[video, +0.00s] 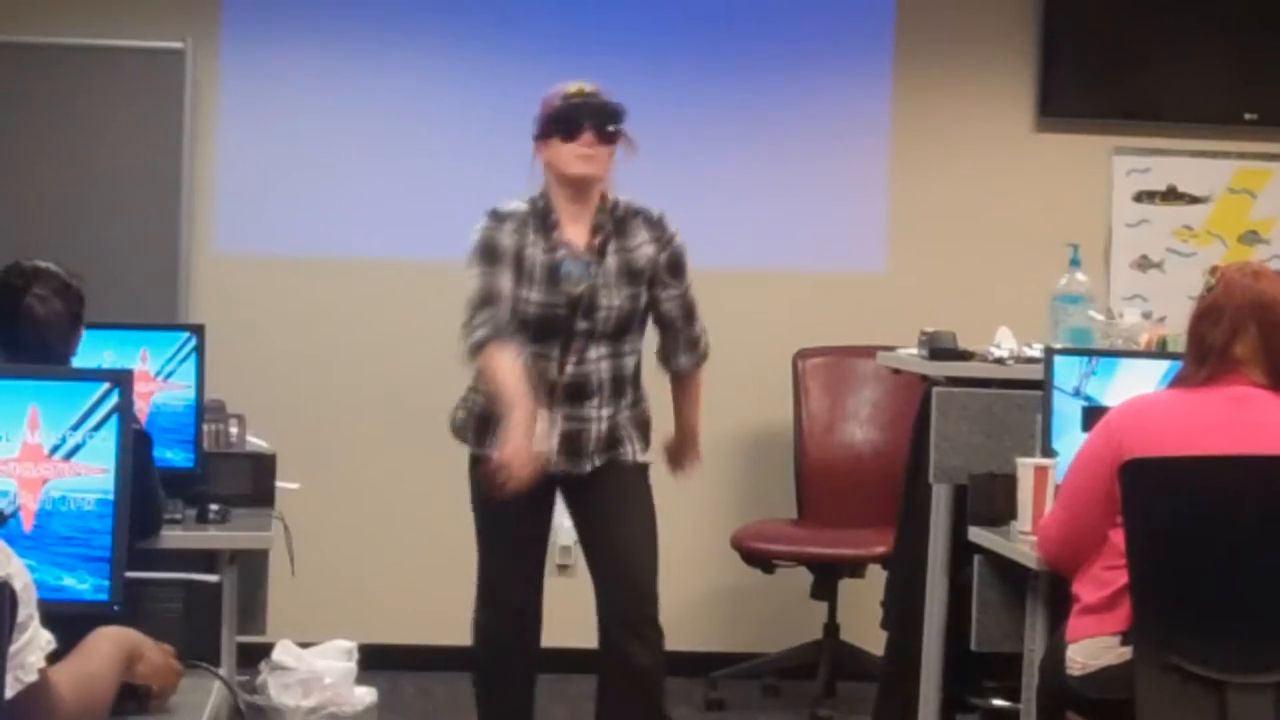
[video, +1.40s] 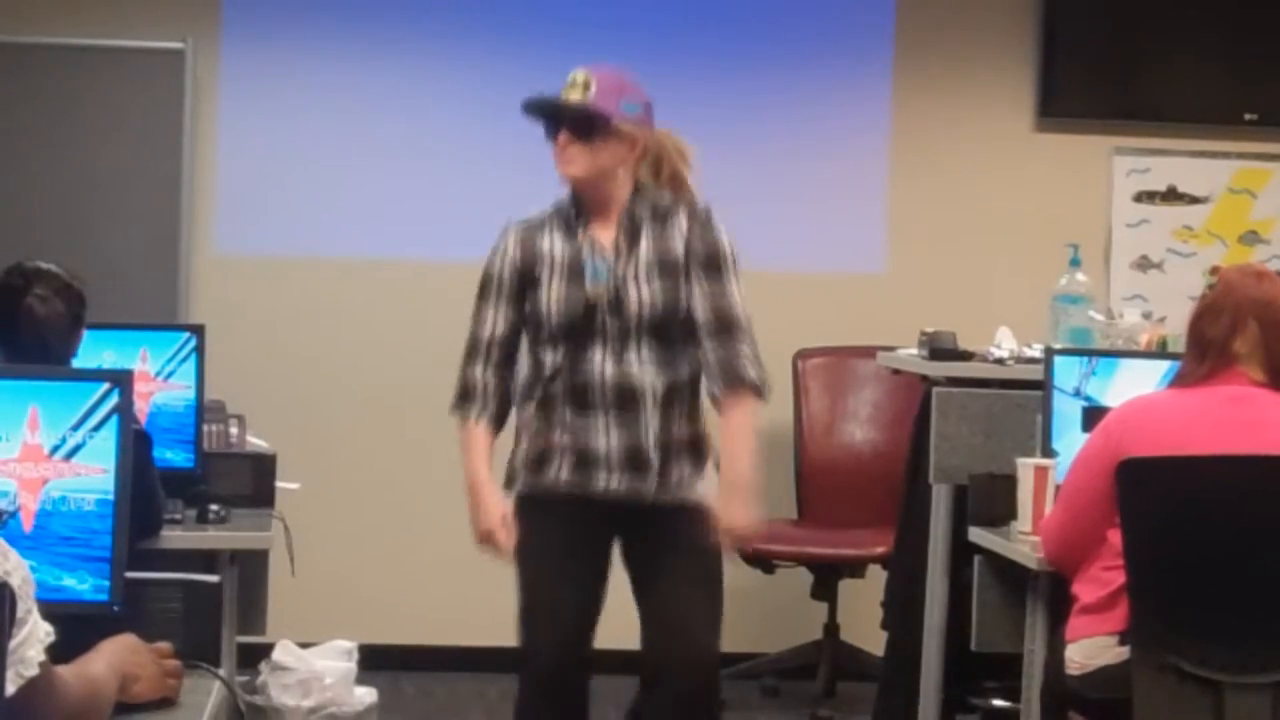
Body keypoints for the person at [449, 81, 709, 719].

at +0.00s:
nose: (588, 141)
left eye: (603, 132)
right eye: (569, 131)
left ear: (617, 149)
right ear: (542, 149)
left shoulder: (648, 234)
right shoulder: (507, 229)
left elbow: (684, 338)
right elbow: (491, 332)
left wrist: (686, 428)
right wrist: (520, 414)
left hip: (610, 440)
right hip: (514, 438)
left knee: (634, 615)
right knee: (507, 615)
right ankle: (504, 715)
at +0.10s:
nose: (616, 153)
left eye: (622, 143)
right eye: (597, 143)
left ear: (631, 154)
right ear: (557, 159)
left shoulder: (652, 235)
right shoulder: (518, 230)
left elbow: (679, 332)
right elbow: (530, 309)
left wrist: (680, 416)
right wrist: (588, 359)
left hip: (622, 457)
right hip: (520, 455)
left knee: (641, 621)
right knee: (499, 623)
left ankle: (649, 719)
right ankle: (490, 718)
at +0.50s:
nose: (694, 136)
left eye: (694, 126)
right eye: (674, 128)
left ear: (691, 134)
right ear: (627, 141)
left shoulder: (712, 221)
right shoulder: (577, 213)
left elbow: (714, 343)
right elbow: (575, 345)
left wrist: (696, 444)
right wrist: (637, 441)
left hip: (685, 462)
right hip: (583, 461)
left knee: (690, 652)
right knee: (588, 650)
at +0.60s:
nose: (701, 156)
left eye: (704, 145)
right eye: (682, 148)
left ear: (709, 153)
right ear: (637, 161)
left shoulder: (730, 248)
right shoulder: (586, 242)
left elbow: (746, 373)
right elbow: (545, 370)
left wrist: (726, 455)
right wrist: (570, 471)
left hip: (698, 472)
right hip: (596, 470)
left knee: (707, 639)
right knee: (595, 644)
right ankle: (600, 719)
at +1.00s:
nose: (625, 160)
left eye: (644, 148)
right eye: (612, 149)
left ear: (678, 163)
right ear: (600, 165)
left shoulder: (719, 244)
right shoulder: (568, 260)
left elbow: (731, 322)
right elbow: (516, 366)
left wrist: (653, 379)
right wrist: (486, 475)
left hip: (693, 489)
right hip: (595, 485)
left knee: (683, 670)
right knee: (590, 658)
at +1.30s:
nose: (570, 121)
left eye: (592, 111)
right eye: (567, 109)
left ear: (641, 127)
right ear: (560, 120)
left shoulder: (695, 211)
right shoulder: (535, 223)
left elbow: (706, 344)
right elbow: (509, 350)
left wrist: (665, 454)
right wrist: (496, 465)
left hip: (672, 469)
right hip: (567, 471)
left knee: (678, 661)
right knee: (565, 659)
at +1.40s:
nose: (561, 141)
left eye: (582, 129)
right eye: (558, 128)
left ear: (630, 143)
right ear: (553, 138)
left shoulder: (690, 232)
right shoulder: (524, 245)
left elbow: (733, 365)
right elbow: (482, 376)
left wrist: (737, 488)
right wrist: (481, 488)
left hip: (671, 491)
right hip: (558, 490)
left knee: (687, 677)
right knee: (550, 679)